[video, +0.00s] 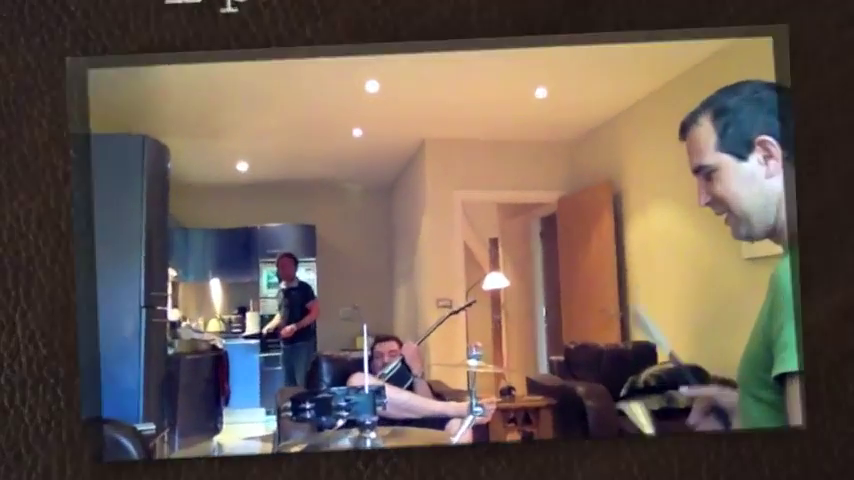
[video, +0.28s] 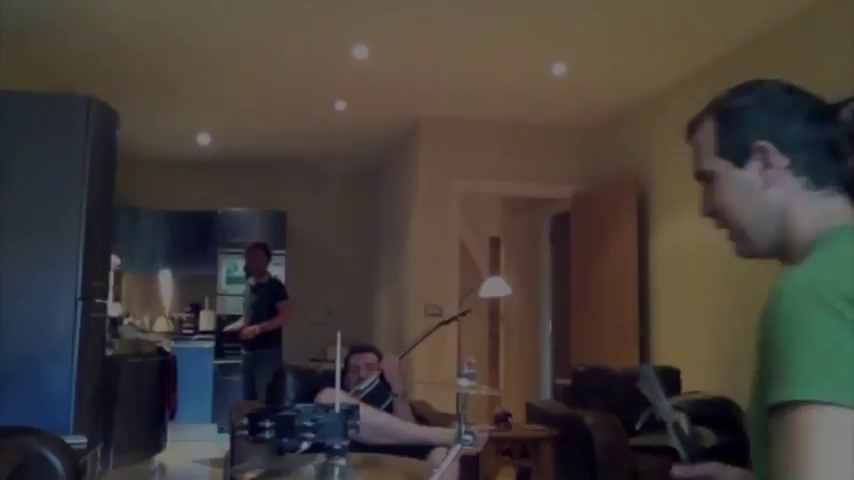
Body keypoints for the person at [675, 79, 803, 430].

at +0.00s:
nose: (703, 199)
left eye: (708, 174)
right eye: (698, 178)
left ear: (767, 157)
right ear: (766, 157)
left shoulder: (791, 273)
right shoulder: (791, 270)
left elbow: (811, 447)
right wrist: (745, 408)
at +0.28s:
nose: (705, 210)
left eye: (709, 180)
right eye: (702, 184)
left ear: (769, 163)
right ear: (770, 164)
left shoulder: (810, 293)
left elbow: (816, 466)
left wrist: (728, 474)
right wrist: (736, 471)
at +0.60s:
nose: (471, 278)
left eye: (466, 266)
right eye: (466, 265)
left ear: (485, 272)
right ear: (556, 221)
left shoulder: (545, 367)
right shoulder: (671, 257)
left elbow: (572, 474)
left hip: (767, 468)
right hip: (844, 438)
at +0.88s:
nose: (483, 254)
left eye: (477, 241)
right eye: (477, 239)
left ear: (498, 251)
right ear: (571, 202)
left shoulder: (550, 356)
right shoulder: (689, 249)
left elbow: (575, 473)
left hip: (764, 469)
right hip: (847, 438)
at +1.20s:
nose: (546, 179)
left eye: (549, 164)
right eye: (547, 162)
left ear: (571, 171)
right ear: (653, 147)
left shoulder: (597, 279)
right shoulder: (762, 226)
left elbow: (628, 471)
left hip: (749, 468)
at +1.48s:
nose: (638, 118)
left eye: (644, 100)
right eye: (641, 101)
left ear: (671, 108)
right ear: (759, 110)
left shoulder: (694, 220)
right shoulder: (834, 207)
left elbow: (723, 464)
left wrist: (660, 467)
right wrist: (710, 427)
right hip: (842, 466)